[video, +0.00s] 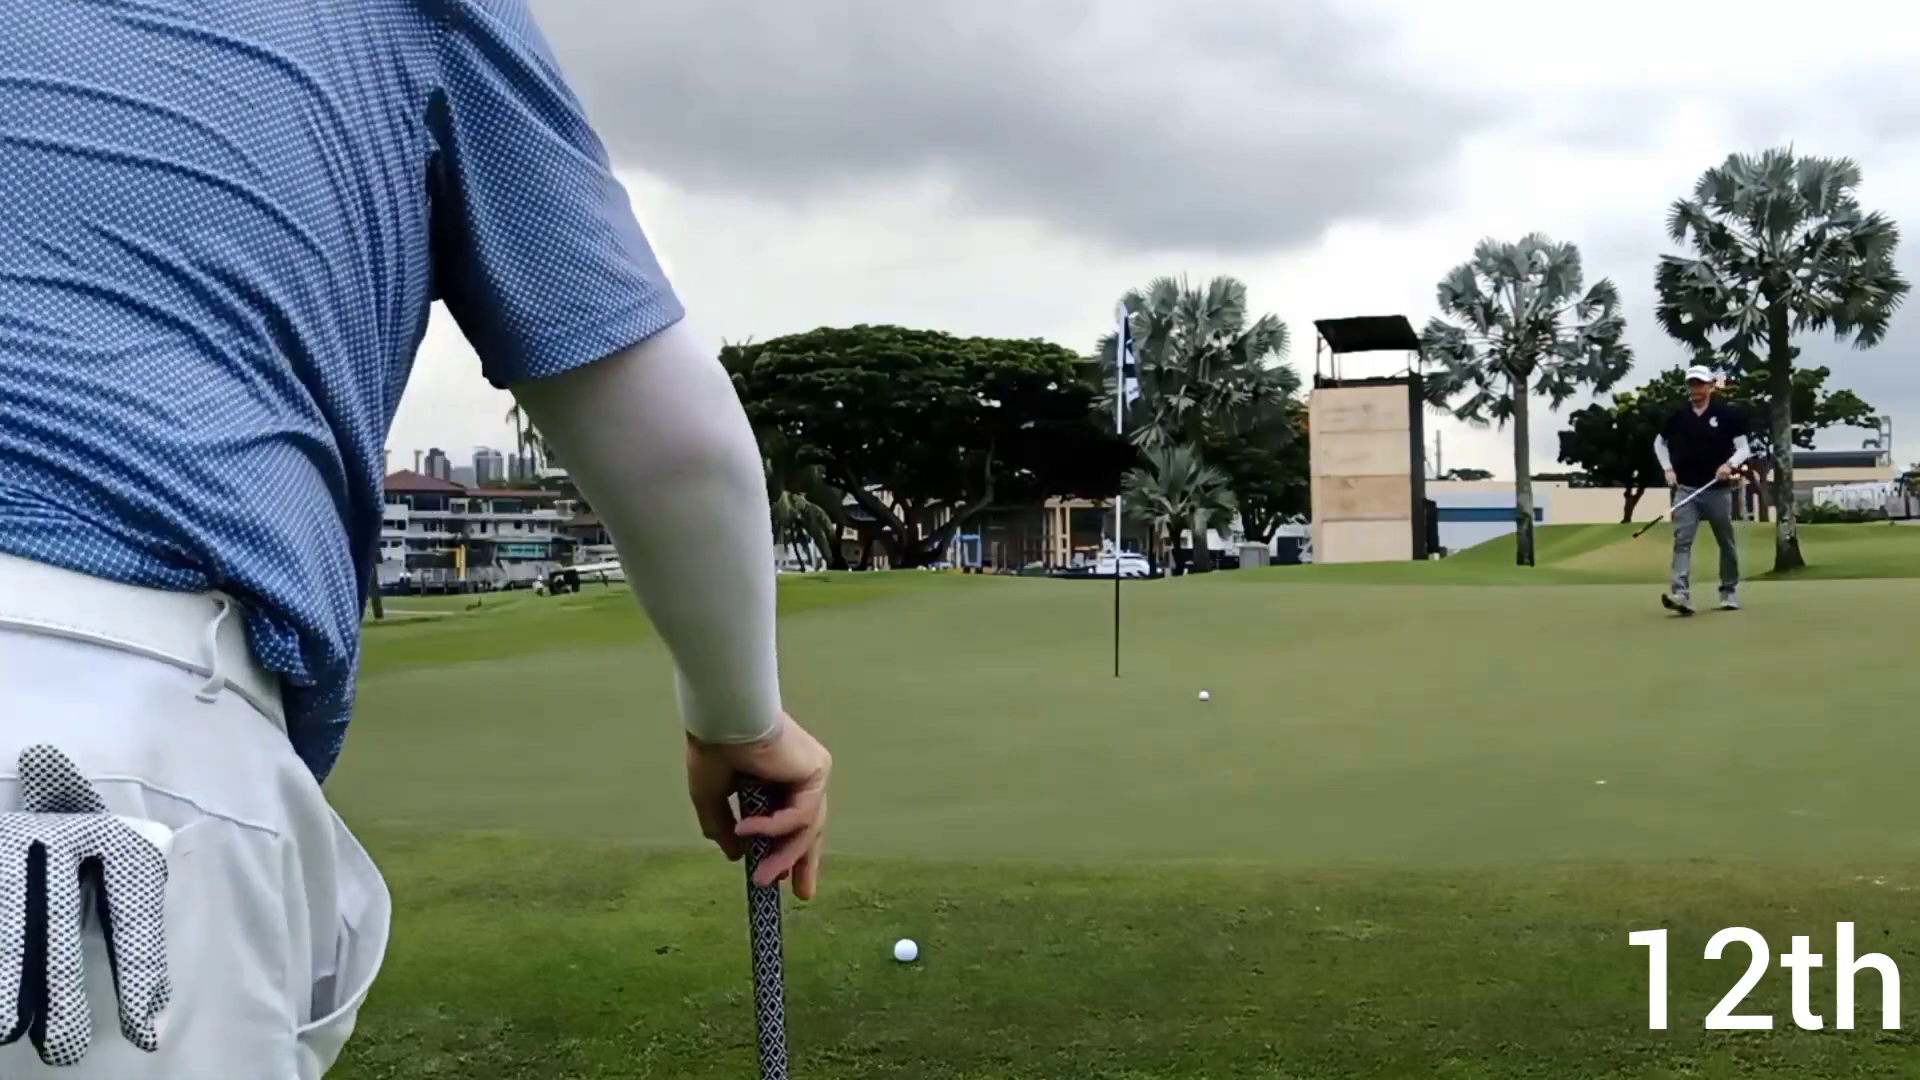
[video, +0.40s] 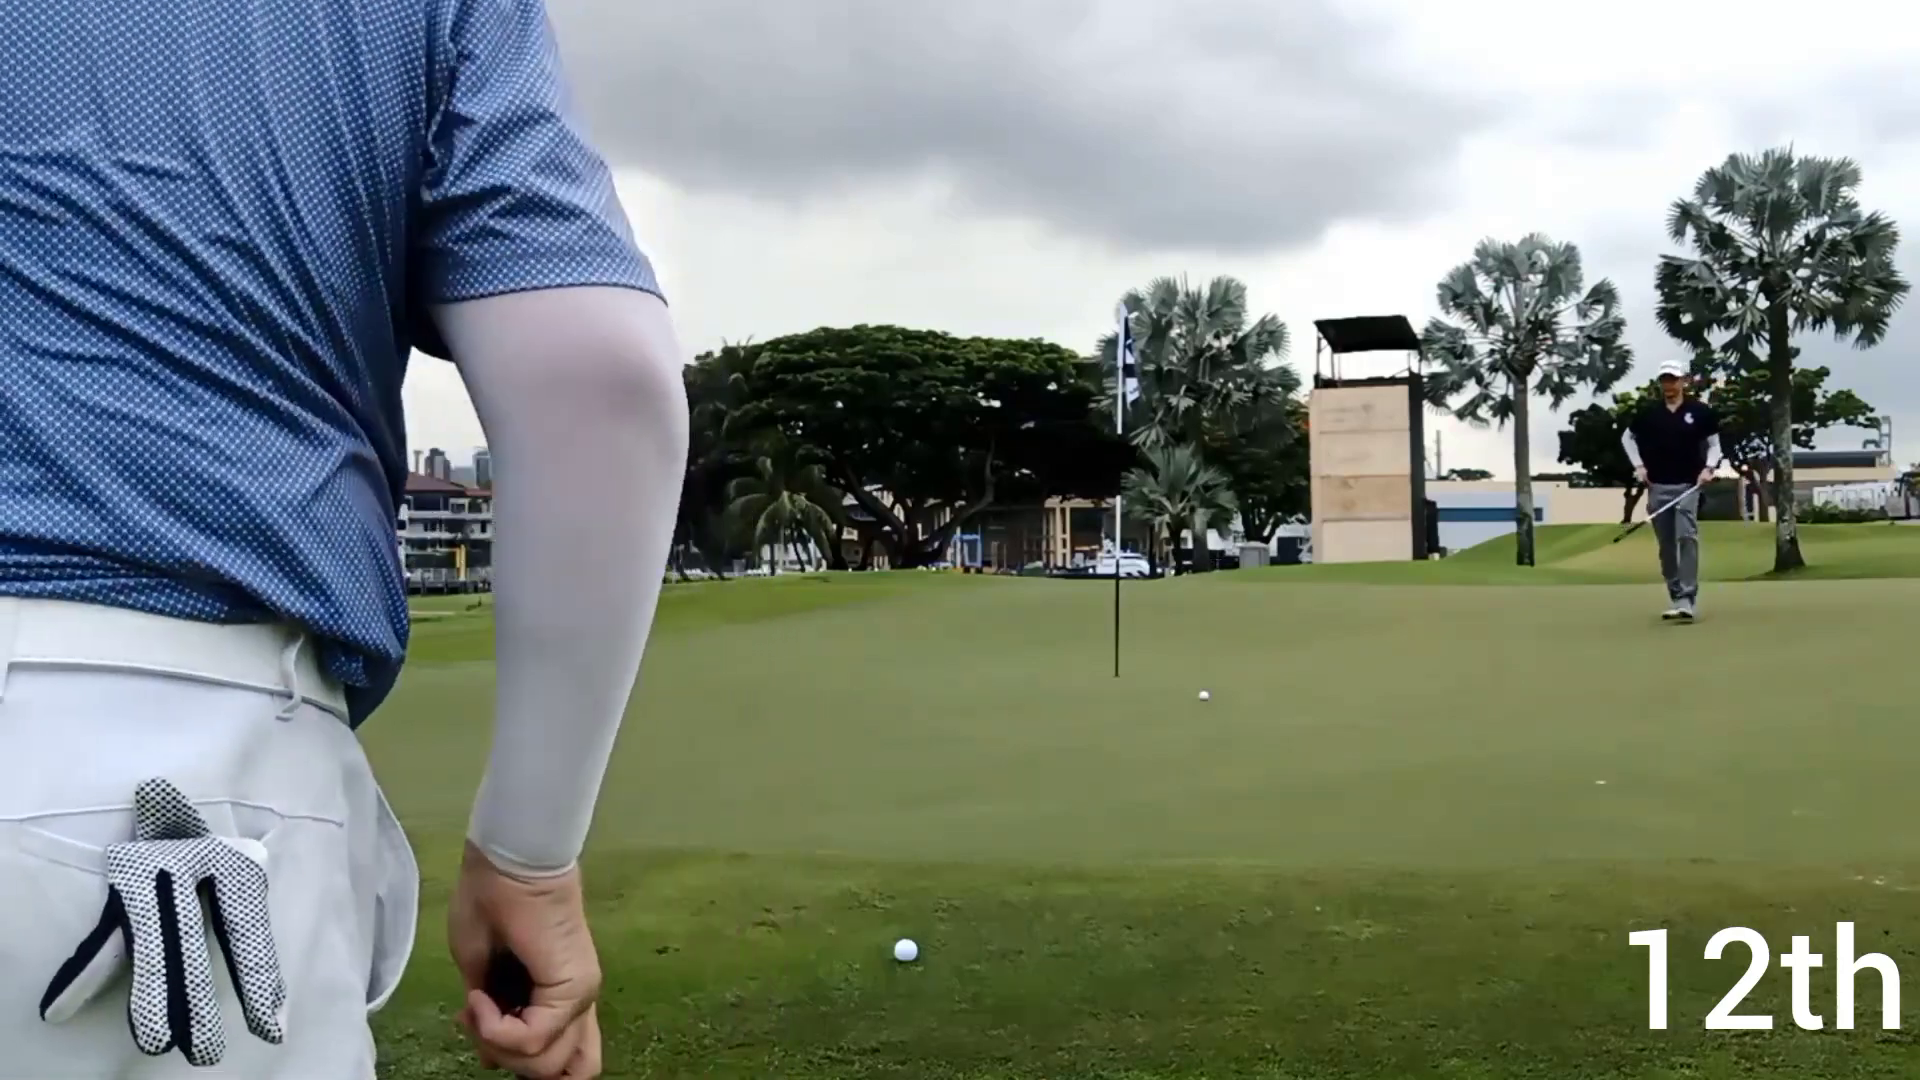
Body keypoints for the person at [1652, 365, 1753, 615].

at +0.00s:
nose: (1696, 389)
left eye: (1701, 384)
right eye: (1692, 384)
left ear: (1712, 386)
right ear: (1687, 387)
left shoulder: (1726, 415)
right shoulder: (1679, 416)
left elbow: (1743, 447)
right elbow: (1659, 443)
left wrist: (1730, 465)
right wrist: (1667, 469)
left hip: (1717, 489)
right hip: (1685, 490)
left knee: (1726, 542)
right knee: (1682, 540)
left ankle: (1729, 592)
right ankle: (1680, 594)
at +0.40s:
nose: (1669, 385)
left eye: (1673, 379)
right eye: (1664, 380)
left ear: (1683, 382)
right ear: (1659, 383)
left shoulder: (1700, 413)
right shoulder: (1649, 414)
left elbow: (1714, 445)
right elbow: (1627, 439)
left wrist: (1709, 468)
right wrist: (1638, 466)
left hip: (1687, 486)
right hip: (1658, 487)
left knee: (1686, 537)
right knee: (1665, 543)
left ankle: (1686, 598)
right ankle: (1676, 597)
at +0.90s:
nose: (1640, 385)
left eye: (1645, 380)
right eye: (1636, 380)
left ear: (1657, 381)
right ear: (1632, 383)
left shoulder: (1675, 412)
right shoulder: (1626, 413)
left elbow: (1696, 448)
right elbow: (1617, 443)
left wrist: (1678, 469)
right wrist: (1615, 468)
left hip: (1662, 492)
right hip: (1630, 491)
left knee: (1666, 550)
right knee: (1624, 546)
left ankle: (1664, 609)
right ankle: (1631, 610)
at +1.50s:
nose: (1603, 388)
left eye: (1608, 382)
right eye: (1598, 383)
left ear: (1620, 383)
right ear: (1593, 385)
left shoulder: (1640, 414)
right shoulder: (1582, 418)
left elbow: (1662, 454)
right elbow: (1563, 455)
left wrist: (1640, 463)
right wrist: (1589, 468)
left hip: (1628, 499)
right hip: (1595, 500)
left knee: (1623, 554)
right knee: (1603, 562)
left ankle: (1620, 616)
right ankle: (1617, 617)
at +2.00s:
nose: (1588, 380)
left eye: (1594, 374)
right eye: (1583, 374)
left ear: (1603, 377)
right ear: (1576, 378)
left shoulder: (1620, 412)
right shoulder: (1563, 413)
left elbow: (1636, 455)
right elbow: (1550, 453)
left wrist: (1597, 468)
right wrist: (1559, 472)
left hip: (1609, 504)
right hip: (1572, 502)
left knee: (1612, 566)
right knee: (1566, 556)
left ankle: (1608, 629)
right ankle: (1569, 630)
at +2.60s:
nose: (1537, 382)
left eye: (1543, 376)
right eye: (1533, 377)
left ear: (1559, 375)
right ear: (1529, 379)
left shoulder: (1583, 414)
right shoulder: (1520, 416)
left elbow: (1600, 456)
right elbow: (1506, 456)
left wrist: (1585, 476)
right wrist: (1509, 482)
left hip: (1567, 507)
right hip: (1532, 508)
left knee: (1568, 569)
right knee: (1545, 576)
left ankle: (1565, 635)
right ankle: (1563, 636)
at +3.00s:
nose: (1508, 376)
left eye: (1514, 369)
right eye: (1505, 370)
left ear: (1532, 367)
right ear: (1504, 371)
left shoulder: (1556, 402)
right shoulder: (1501, 407)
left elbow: (1580, 450)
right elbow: (1492, 455)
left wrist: (1551, 466)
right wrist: (1482, 500)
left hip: (1544, 507)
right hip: (1504, 505)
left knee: (1551, 577)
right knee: (1495, 565)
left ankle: (1552, 647)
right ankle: (1516, 640)